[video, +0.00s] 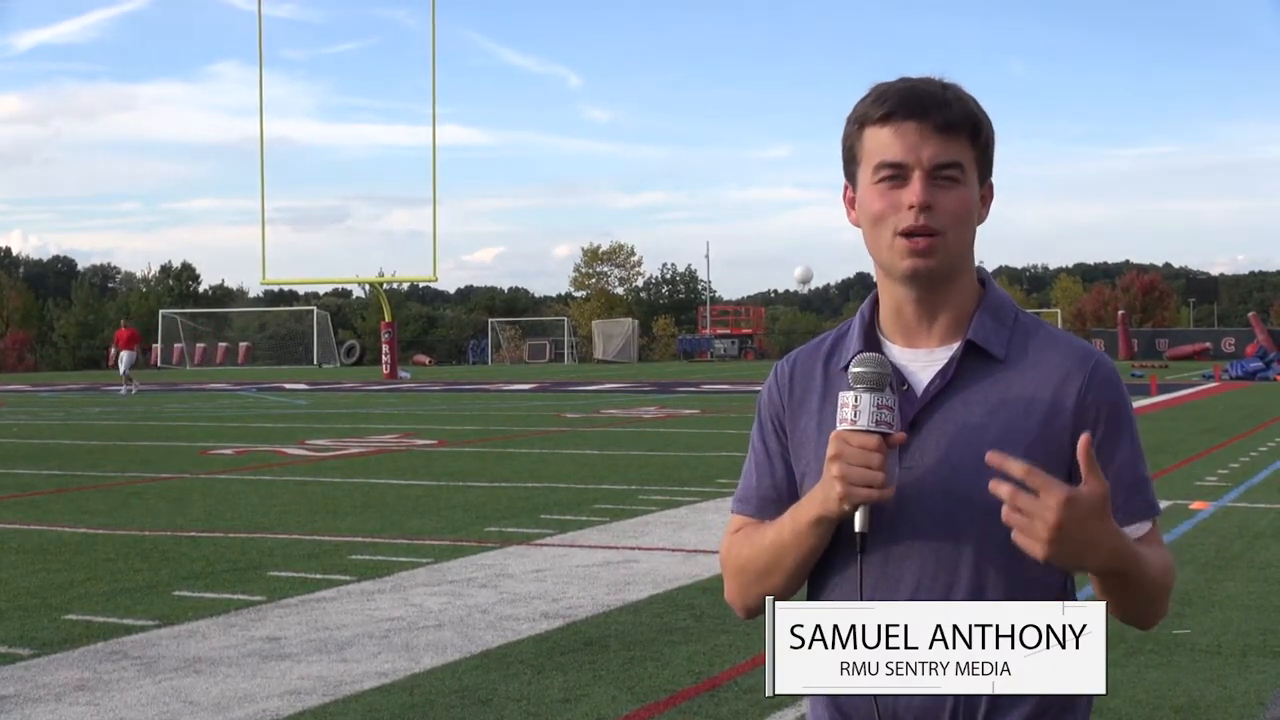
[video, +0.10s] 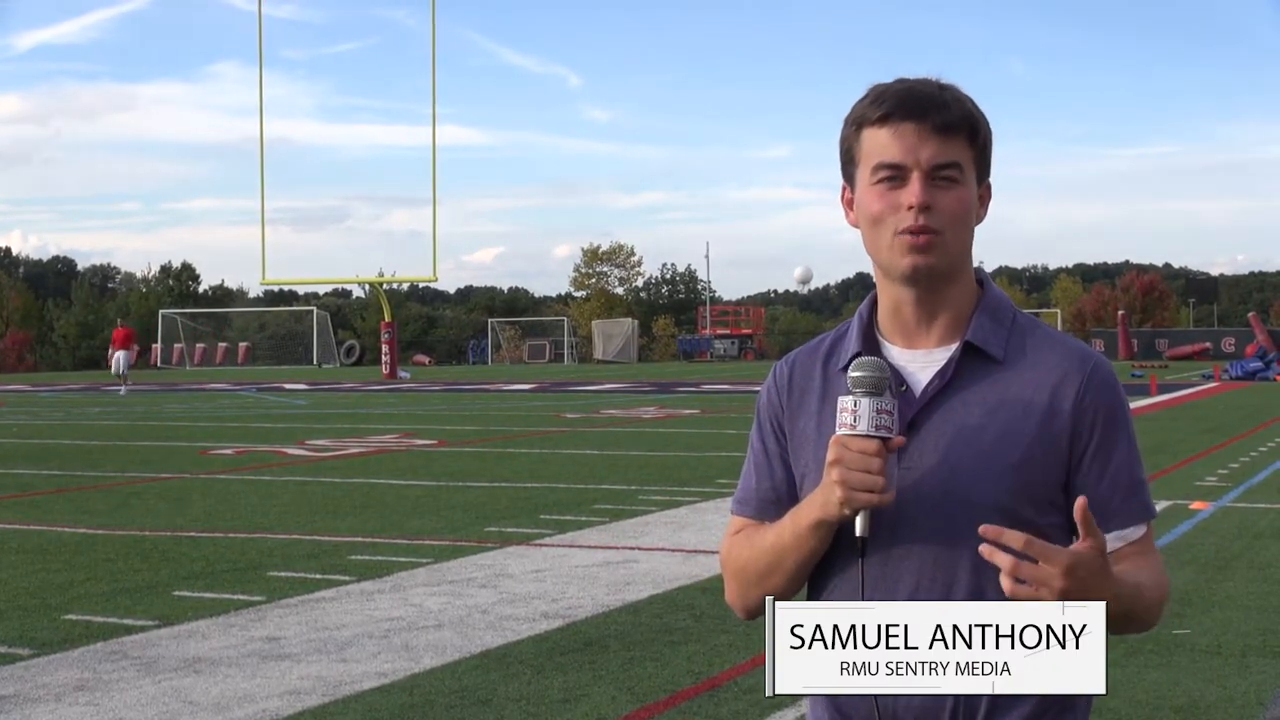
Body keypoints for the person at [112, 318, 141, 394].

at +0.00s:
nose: (124, 324)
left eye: (125, 322)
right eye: (122, 322)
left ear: (128, 323)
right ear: (121, 323)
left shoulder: (133, 332)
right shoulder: (118, 332)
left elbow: (137, 344)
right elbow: (115, 345)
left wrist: (138, 354)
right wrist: (112, 358)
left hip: (130, 352)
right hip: (122, 352)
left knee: (124, 371)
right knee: (122, 372)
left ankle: (124, 388)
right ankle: (134, 384)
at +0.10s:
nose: (120, 323)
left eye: (121, 322)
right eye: (118, 322)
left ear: (124, 322)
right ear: (117, 323)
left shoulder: (129, 331)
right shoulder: (115, 331)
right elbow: (112, 344)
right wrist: (109, 354)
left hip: (125, 351)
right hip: (116, 351)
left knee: (123, 371)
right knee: (114, 371)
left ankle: (124, 387)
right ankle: (124, 382)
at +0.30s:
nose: (112, 323)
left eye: (113, 322)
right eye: (111, 322)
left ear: (117, 322)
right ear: (110, 322)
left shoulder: (120, 330)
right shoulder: (108, 331)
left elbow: (121, 342)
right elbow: (108, 342)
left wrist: (115, 350)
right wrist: (106, 350)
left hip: (119, 352)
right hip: (110, 352)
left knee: (120, 371)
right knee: (106, 371)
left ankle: (123, 388)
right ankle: (105, 387)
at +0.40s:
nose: (107, 325)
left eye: (109, 323)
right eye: (106, 323)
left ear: (112, 323)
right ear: (105, 324)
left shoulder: (115, 332)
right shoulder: (104, 332)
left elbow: (116, 343)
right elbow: (103, 343)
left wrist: (109, 349)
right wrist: (103, 351)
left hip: (115, 353)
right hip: (106, 353)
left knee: (117, 372)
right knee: (103, 371)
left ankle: (122, 388)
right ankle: (99, 387)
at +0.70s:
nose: (95, 323)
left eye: (96, 321)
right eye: (94, 322)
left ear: (99, 322)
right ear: (93, 323)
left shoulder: (104, 331)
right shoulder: (91, 331)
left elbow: (107, 342)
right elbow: (89, 343)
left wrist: (105, 352)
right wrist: (87, 353)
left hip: (100, 352)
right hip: (92, 352)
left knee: (99, 371)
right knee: (94, 372)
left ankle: (107, 383)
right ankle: (97, 387)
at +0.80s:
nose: (91, 323)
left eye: (92, 321)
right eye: (90, 321)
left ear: (95, 322)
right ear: (89, 322)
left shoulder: (100, 331)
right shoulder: (87, 331)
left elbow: (105, 342)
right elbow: (84, 343)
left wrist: (106, 352)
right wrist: (81, 352)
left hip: (98, 351)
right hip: (90, 351)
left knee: (93, 369)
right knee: (93, 370)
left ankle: (97, 387)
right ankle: (97, 387)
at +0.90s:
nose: (88, 323)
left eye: (90, 321)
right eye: (87, 321)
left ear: (93, 322)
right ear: (86, 322)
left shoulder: (98, 331)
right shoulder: (84, 332)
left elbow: (103, 343)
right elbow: (79, 343)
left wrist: (105, 353)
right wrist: (74, 351)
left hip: (95, 352)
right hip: (87, 352)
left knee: (90, 370)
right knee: (91, 371)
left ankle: (89, 387)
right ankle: (96, 388)